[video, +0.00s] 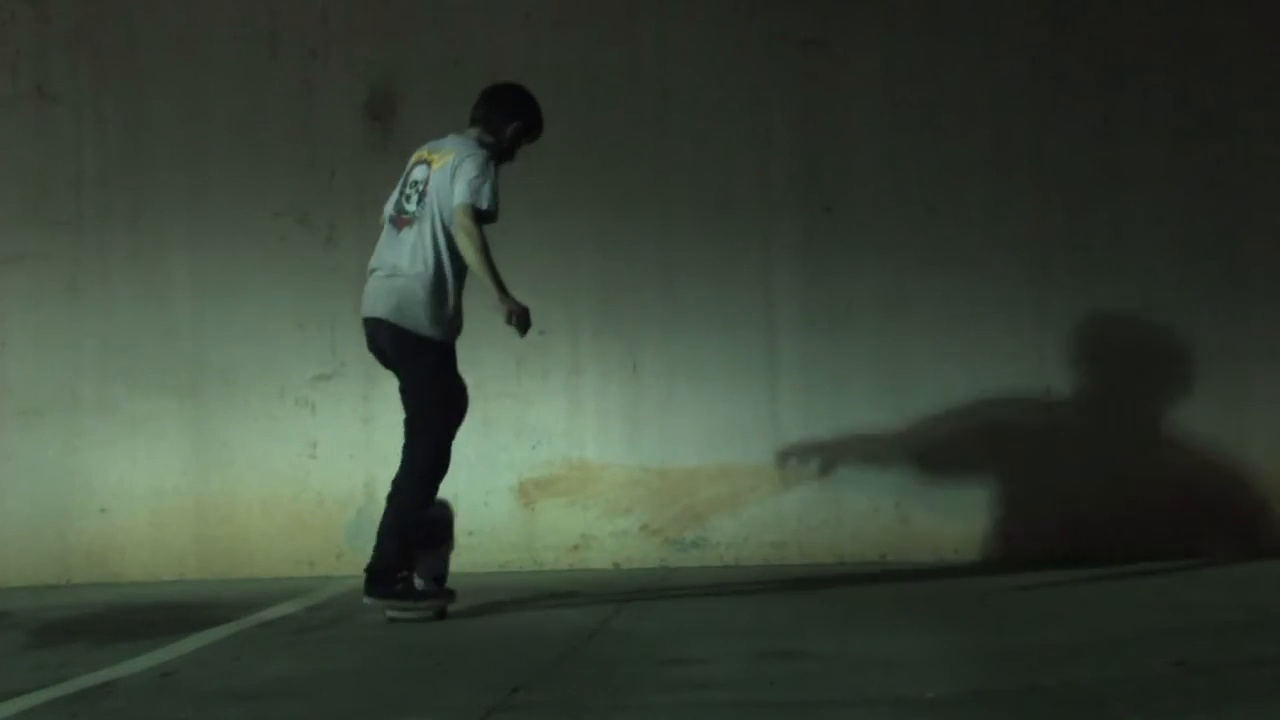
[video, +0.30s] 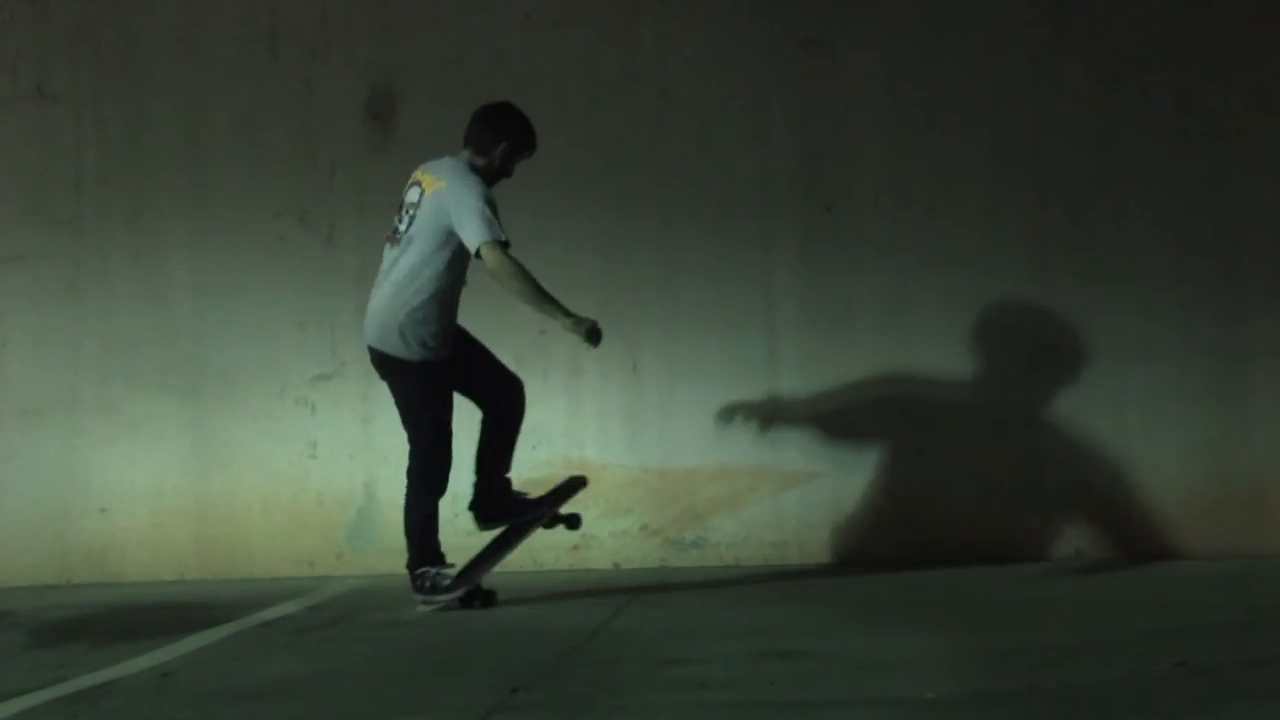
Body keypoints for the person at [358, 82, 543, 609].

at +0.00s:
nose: (517, 154)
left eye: (524, 145)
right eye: (522, 142)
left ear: (479, 119)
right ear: (508, 128)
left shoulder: (428, 152)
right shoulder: (473, 157)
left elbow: (395, 215)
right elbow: (461, 219)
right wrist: (504, 297)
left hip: (384, 313)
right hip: (416, 318)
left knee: (453, 401)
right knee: (429, 436)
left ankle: (414, 514)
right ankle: (388, 570)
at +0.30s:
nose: (514, 170)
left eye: (518, 161)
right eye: (516, 159)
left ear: (474, 142)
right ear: (498, 149)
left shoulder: (432, 172)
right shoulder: (464, 187)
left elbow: (402, 243)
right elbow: (496, 261)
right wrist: (568, 318)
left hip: (430, 332)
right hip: (408, 340)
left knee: (505, 395)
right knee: (430, 457)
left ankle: (493, 499)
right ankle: (424, 568)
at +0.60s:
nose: (515, 169)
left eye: (520, 159)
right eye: (515, 157)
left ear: (482, 146)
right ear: (492, 149)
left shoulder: (449, 174)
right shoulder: (448, 187)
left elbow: (445, 221)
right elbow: (448, 277)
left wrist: (482, 245)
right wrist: (512, 333)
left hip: (442, 330)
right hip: (405, 337)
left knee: (517, 387)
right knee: (435, 450)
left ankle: (513, 496)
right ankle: (441, 566)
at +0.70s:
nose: (511, 168)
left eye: (515, 158)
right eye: (510, 156)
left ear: (480, 146)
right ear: (484, 146)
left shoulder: (454, 183)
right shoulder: (438, 185)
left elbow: (467, 218)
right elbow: (410, 268)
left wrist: (526, 231)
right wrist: (442, 344)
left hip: (441, 321)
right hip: (403, 332)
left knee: (521, 374)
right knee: (438, 447)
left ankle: (500, 482)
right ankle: (442, 566)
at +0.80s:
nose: (497, 163)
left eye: (501, 152)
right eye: (493, 151)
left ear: (470, 147)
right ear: (464, 143)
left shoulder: (464, 188)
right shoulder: (415, 191)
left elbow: (510, 207)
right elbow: (370, 261)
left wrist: (579, 220)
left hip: (445, 327)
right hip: (404, 338)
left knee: (521, 384)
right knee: (439, 451)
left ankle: (512, 485)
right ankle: (441, 566)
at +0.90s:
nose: (479, 158)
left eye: (481, 149)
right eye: (473, 148)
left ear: (461, 144)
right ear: (443, 141)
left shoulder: (466, 179)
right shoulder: (394, 187)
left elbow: (530, 186)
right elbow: (333, 244)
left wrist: (603, 195)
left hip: (445, 320)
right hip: (401, 332)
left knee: (525, 383)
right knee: (435, 448)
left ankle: (566, 482)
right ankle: (441, 568)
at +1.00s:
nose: (467, 156)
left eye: (471, 146)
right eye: (462, 145)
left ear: (460, 140)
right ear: (432, 134)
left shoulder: (458, 172)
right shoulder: (379, 178)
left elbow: (533, 156)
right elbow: (300, 214)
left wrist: (611, 156)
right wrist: (233, 268)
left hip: (446, 306)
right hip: (400, 324)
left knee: (534, 359)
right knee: (427, 440)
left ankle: (569, 463)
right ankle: (441, 564)